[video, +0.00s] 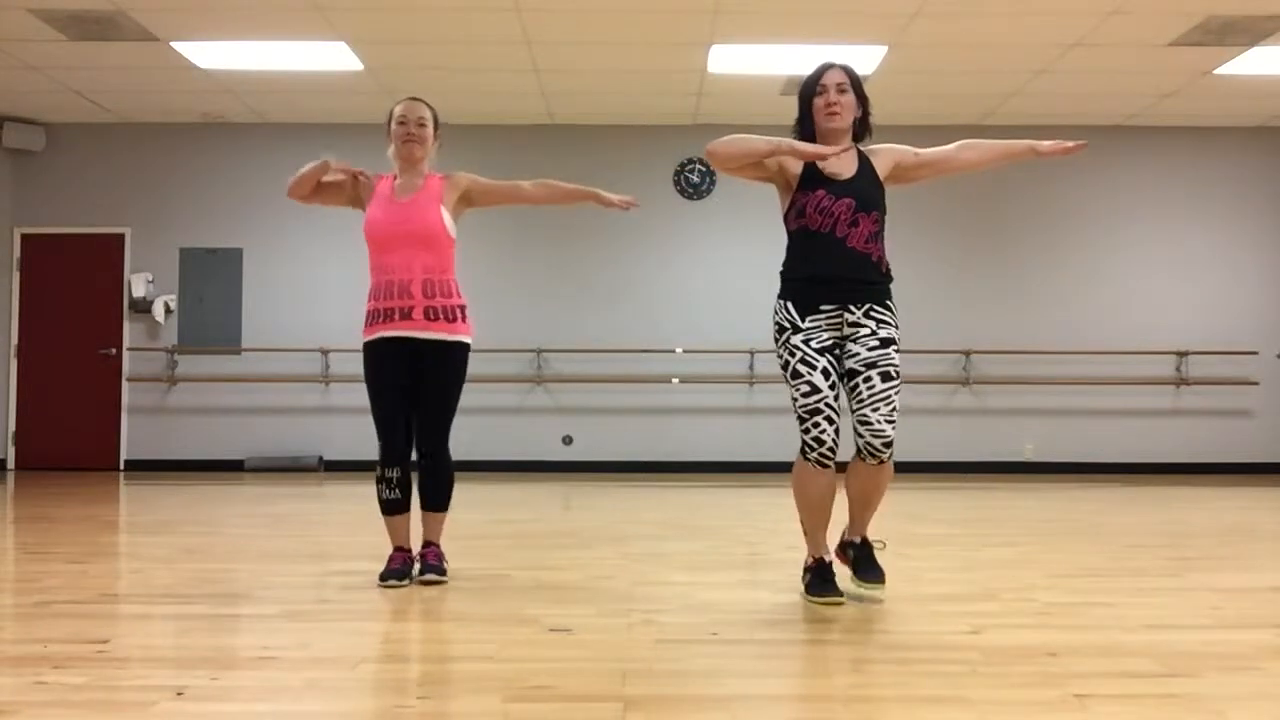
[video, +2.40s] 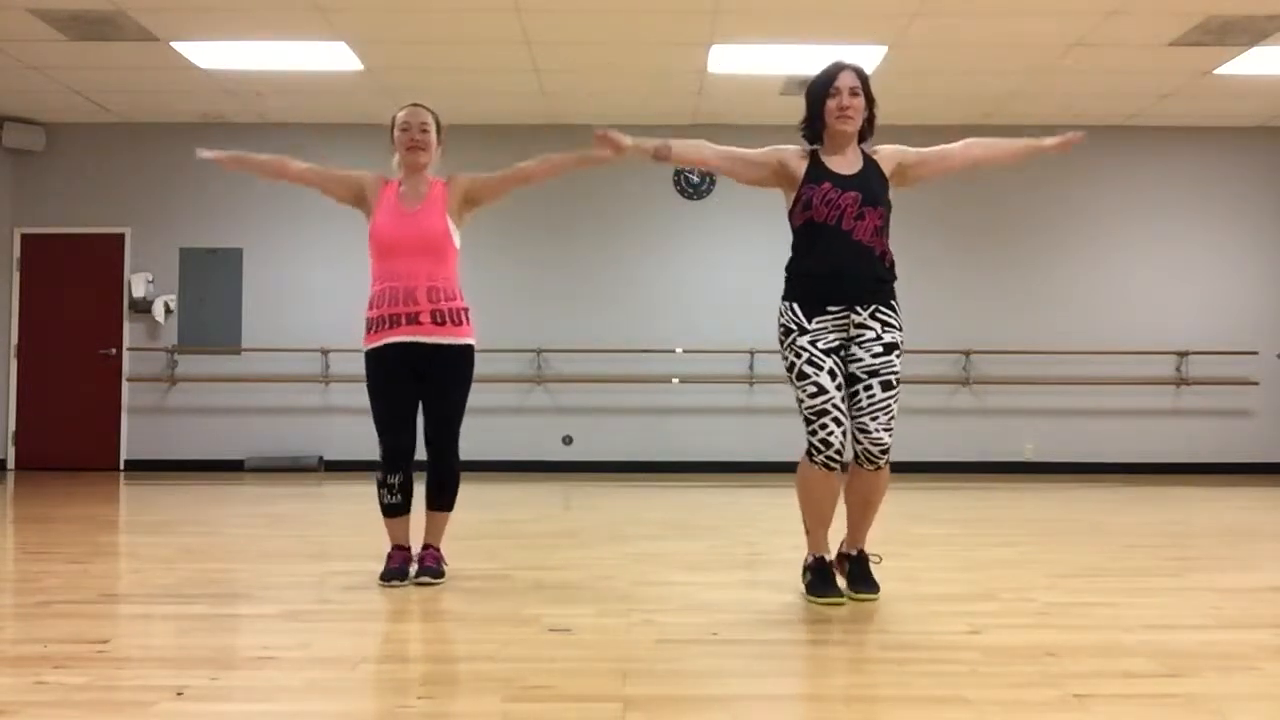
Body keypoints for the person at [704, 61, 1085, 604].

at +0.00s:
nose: (832, 99)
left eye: (842, 91)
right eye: (823, 92)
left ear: (860, 105)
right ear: (807, 107)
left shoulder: (881, 159)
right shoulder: (787, 163)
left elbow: (957, 152)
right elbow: (715, 151)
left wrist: (1032, 147)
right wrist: (789, 147)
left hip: (870, 314)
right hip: (804, 314)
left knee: (878, 435)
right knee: (821, 434)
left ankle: (855, 539)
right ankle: (816, 560)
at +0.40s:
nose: (846, 98)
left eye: (855, 90)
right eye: (835, 91)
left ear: (871, 103)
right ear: (820, 106)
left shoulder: (890, 161)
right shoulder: (798, 163)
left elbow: (923, 230)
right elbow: (741, 214)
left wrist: (952, 189)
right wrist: (791, 181)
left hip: (883, 313)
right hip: (817, 313)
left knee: (873, 435)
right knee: (834, 425)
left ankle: (857, 556)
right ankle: (817, 537)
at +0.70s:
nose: (842, 102)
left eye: (851, 95)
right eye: (833, 94)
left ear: (864, 109)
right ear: (817, 106)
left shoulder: (882, 164)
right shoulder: (800, 163)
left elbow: (941, 159)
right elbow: (772, 164)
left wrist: (901, 110)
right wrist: (807, 105)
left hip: (878, 311)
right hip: (814, 312)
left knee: (874, 435)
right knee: (831, 434)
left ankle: (856, 555)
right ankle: (816, 555)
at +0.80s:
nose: (841, 98)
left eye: (850, 91)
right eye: (830, 91)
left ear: (864, 104)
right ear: (814, 106)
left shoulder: (881, 154)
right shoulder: (797, 159)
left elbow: (928, 104)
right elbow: (775, 98)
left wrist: (882, 39)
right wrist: (821, 45)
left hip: (876, 309)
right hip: (810, 311)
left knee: (884, 427)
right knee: (821, 429)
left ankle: (855, 541)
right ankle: (815, 556)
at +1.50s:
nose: (843, 103)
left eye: (852, 96)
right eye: (830, 96)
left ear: (864, 110)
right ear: (814, 112)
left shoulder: (878, 158)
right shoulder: (795, 160)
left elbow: (915, 75)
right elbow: (761, 86)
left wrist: (943, 8)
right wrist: (745, 31)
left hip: (875, 315)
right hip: (811, 316)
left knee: (869, 438)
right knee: (829, 434)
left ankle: (854, 557)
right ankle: (810, 555)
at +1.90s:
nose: (844, 107)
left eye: (853, 98)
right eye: (833, 99)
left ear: (867, 109)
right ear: (816, 110)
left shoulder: (884, 157)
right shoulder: (795, 160)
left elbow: (951, 105)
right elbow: (734, 115)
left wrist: (1017, 58)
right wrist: (672, 63)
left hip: (874, 317)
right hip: (809, 318)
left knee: (867, 439)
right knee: (819, 436)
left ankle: (853, 554)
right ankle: (809, 559)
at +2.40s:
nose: (847, 101)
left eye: (856, 93)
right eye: (836, 93)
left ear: (868, 105)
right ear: (817, 106)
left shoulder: (888, 161)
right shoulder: (793, 161)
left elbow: (961, 153)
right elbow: (714, 156)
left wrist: (1039, 145)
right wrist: (637, 147)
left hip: (875, 315)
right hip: (810, 316)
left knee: (875, 441)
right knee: (829, 438)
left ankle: (854, 553)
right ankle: (817, 559)